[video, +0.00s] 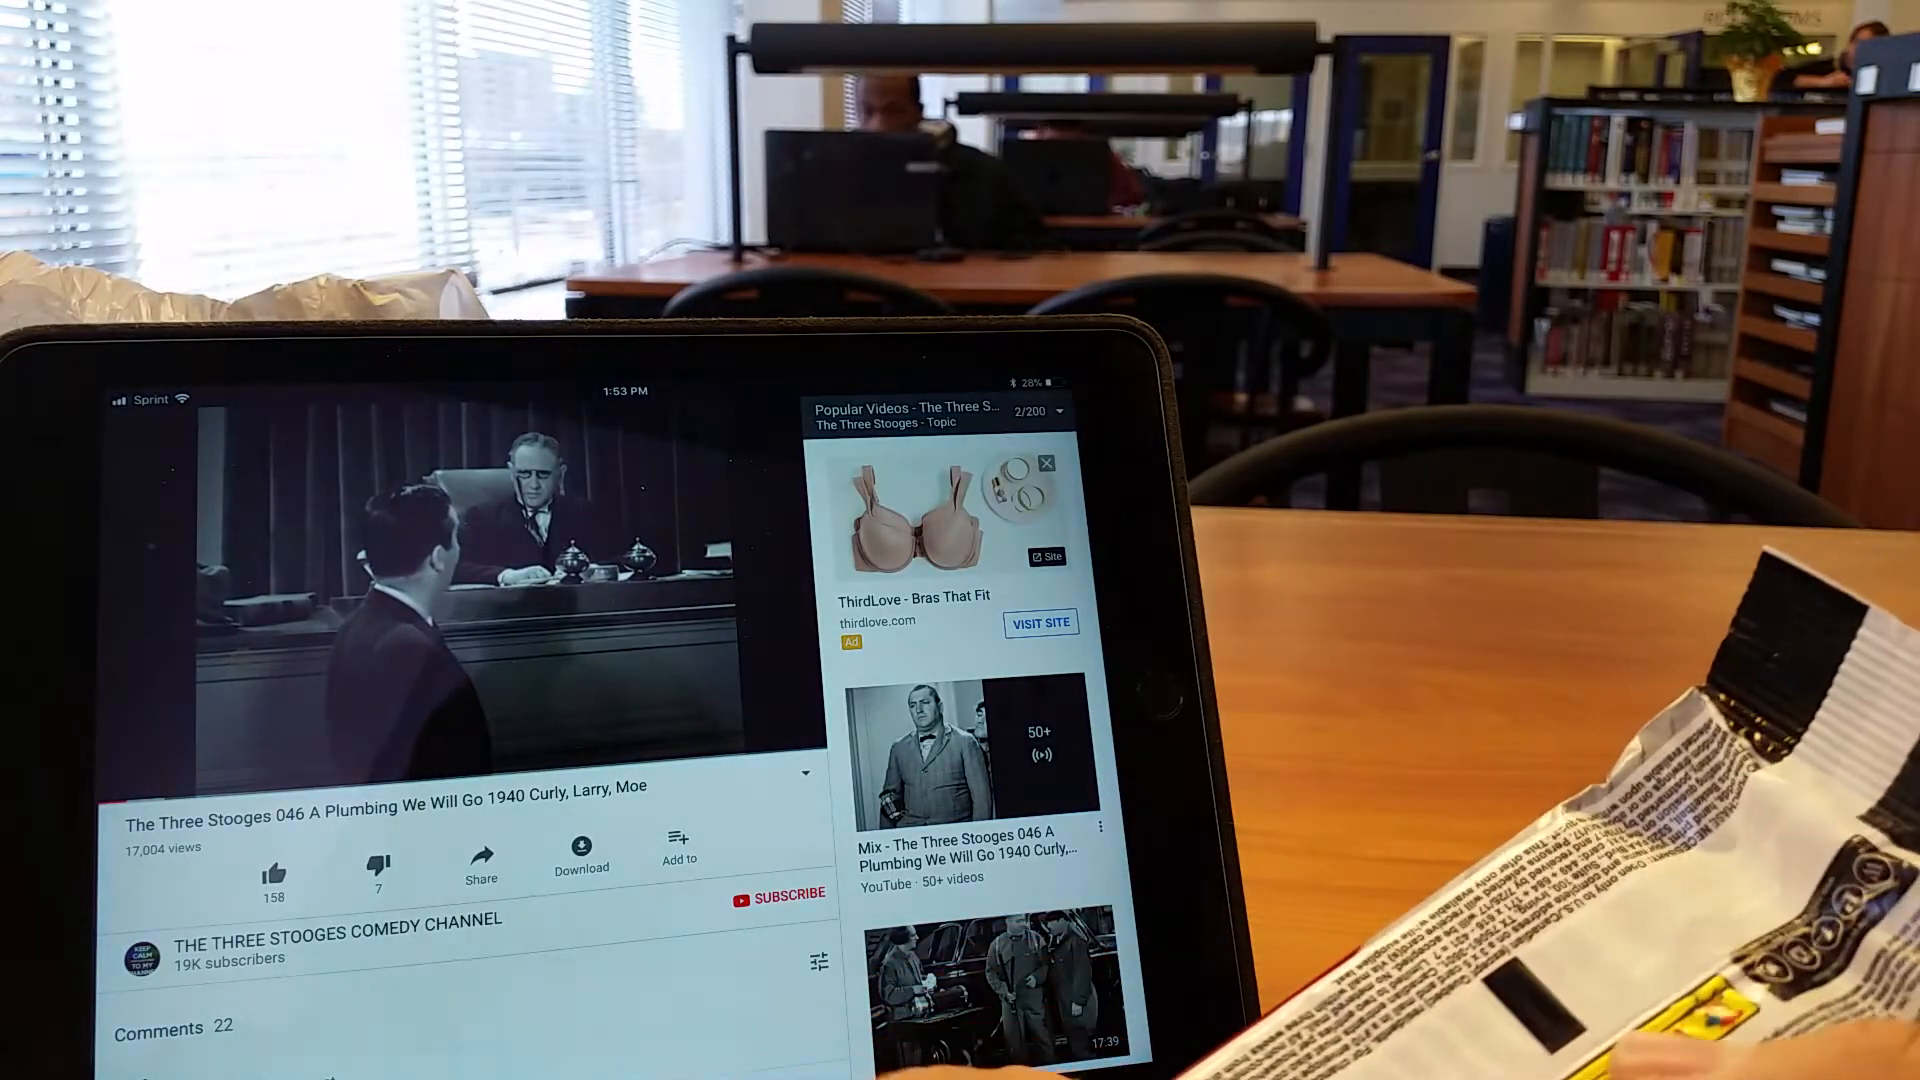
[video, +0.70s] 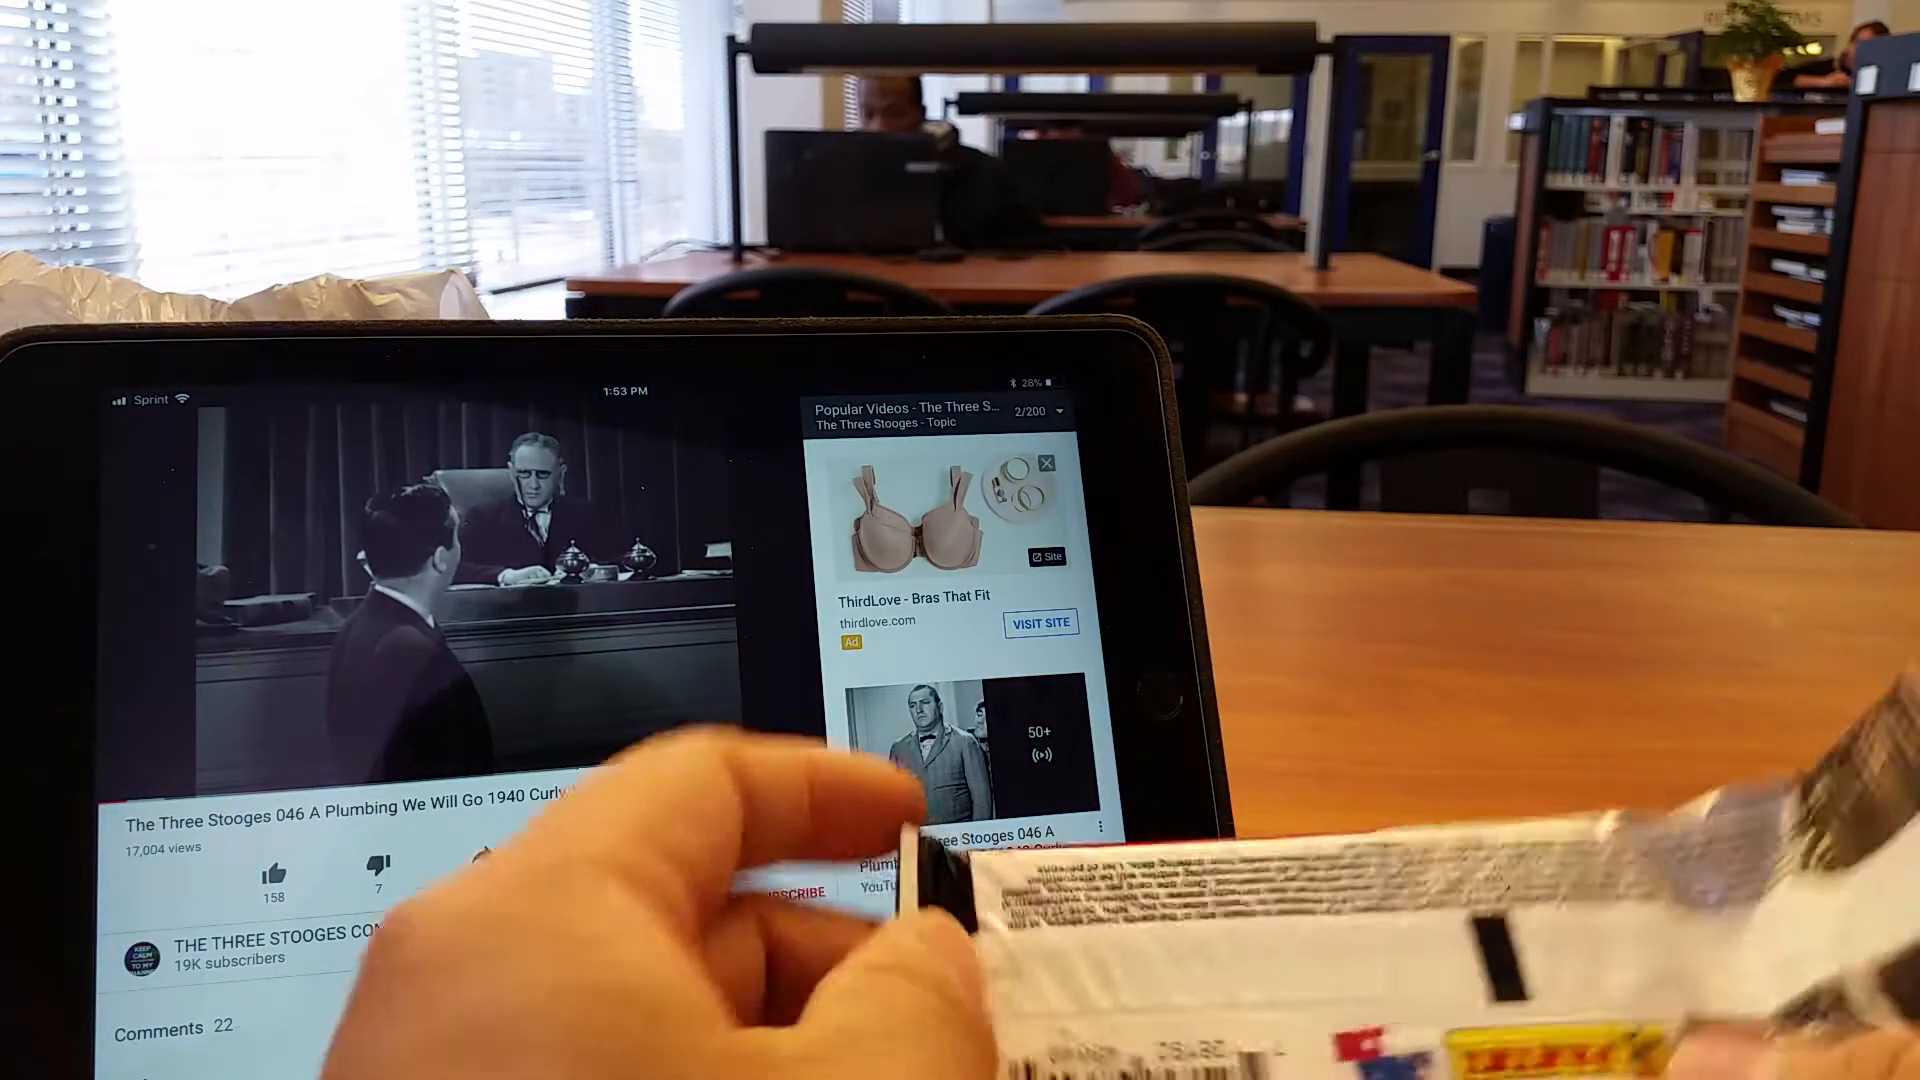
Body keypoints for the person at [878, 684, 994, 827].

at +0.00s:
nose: (919, 709)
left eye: (925, 703)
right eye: (913, 705)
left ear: (939, 706)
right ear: (909, 711)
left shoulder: (964, 742)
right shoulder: (899, 749)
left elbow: (981, 795)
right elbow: (891, 795)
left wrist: (979, 835)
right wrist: (886, 840)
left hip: (956, 831)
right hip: (910, 836)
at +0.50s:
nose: (919, 710)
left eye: (925, 703)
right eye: (913, 705)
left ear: (939, 707)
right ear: (909, 711)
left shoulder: (964, 742)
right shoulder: (899, 748)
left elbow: (981, 795)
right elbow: (890, 795)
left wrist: (979, 835)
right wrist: (886, 840)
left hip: (956, 831)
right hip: (910, 836)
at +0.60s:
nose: (919, 709)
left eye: (925, 702)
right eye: (913, 705)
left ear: (939, 706)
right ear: (909, 711)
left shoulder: (964, 742)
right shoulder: (899, 749)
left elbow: (981, 796)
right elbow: (892, 792)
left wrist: (979, 835)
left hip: (958, 833)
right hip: (916, 836)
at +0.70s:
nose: (919, 710)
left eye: (925, 703)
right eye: (913, 705)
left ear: (939, 707)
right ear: (910, 711)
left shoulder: (964, 742)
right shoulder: (899, 749)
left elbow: (981, 796)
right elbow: (893, 799)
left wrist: (977, 837)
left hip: (960, 833)